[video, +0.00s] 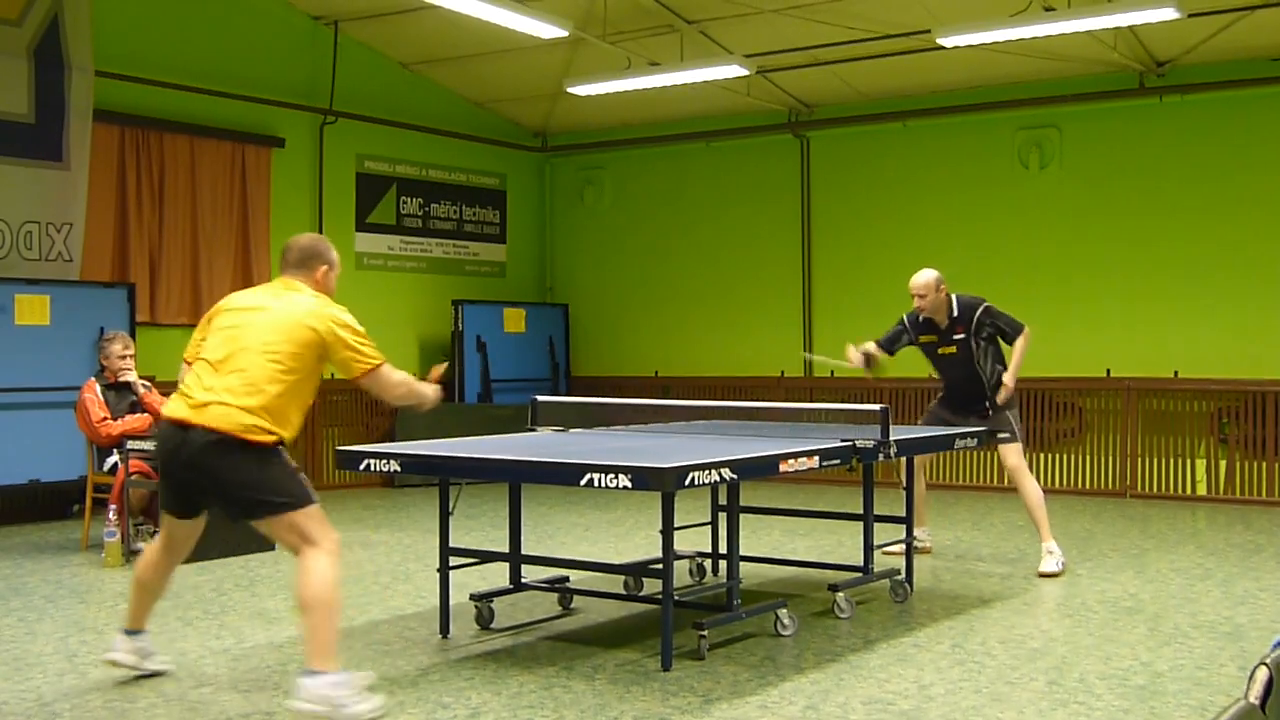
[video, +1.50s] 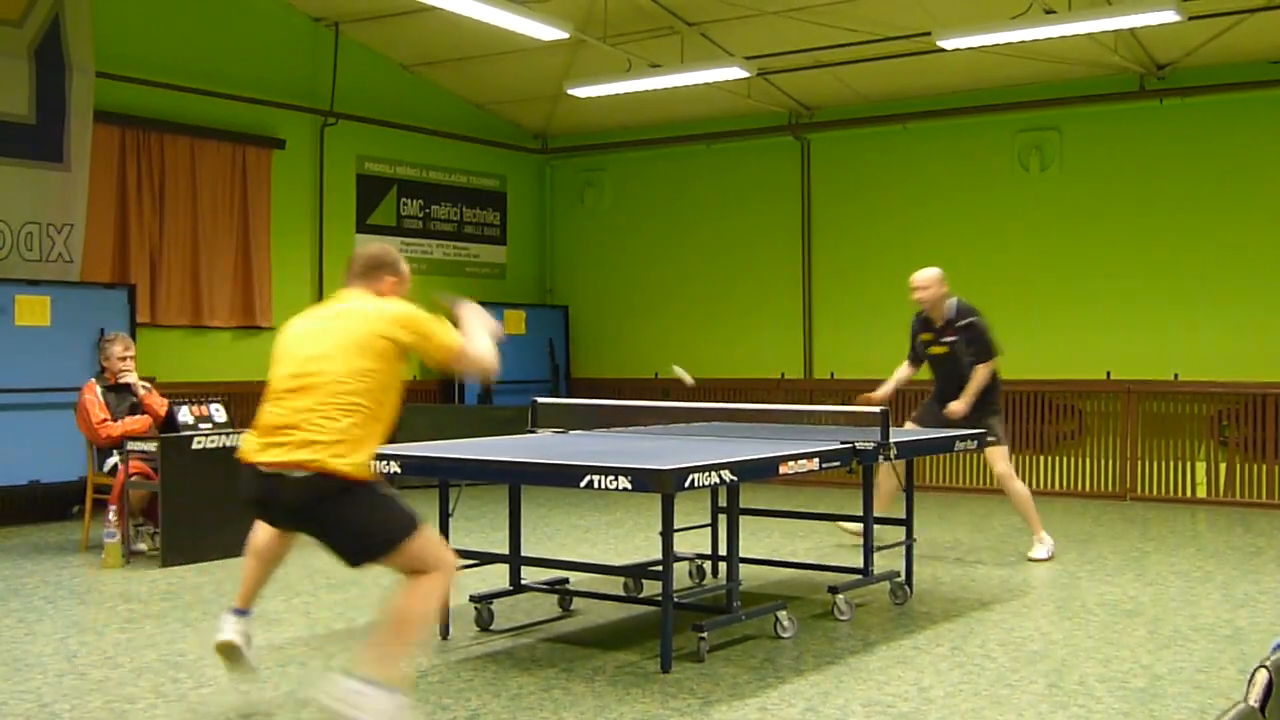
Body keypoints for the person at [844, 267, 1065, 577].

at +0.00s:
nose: (917, 303)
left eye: (922, 296)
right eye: (913, 297)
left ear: (942, 292)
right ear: (912, 295)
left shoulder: (974, 309)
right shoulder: (914, 322)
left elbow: (1020, 333)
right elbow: (882, 348)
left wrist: (1010, 378)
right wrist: (863, 351)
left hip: (993, 401)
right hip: (951, 402)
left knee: (1014, 464)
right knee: (912, 458)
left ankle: (1049, 547)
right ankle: (919, 535)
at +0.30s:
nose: (937, 288)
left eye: (943, 282)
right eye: (935, 282)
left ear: (963, 284)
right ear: (934, 285)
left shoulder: (989, 308)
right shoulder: (935, 316)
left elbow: (1024, 344)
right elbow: (912, 341)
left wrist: (998, 378)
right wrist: (892, 348)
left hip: (1007, 402)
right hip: (964, 401)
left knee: (1030, 468)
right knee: (924, 450)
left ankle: (1067, 542)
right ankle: (914, 532)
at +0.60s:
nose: (943, 296)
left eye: (949, 289)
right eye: (941, 291)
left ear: (969, 289)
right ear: (941, 294)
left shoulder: (999, 312)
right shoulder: (948, 324)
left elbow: (1035, 350)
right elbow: (938, 366)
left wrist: (1012, 390)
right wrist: (920, 395)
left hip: (1024, 400)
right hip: (982, 400)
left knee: (1041, 466)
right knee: (952, 460)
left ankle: (1070, 543)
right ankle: (954, 532)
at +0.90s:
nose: (960, 291)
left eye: (963, 285)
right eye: (959, 286)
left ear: (980, 282)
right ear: (975, 284)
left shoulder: (1007, 303)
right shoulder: (983, 306)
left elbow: (986, 348)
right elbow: (961, 341)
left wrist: (963, 313)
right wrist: (932, 336)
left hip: (1023, 402)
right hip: (994, 400)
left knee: (1026, 470)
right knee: (965, 455)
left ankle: (1084, 533)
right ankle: (974, 529)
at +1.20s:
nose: (973, 291)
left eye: (980, 285)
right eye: (969, 285)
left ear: (997, 287)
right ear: (966, 287)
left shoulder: (1017, 314)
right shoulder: (965, 316)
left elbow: (1044, 353)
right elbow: (939, 343)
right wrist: (921, 337)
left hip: (1017, 407)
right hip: (978, 405)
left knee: (1024, 469)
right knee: (930, 461)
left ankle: (1054, 545)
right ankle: (934, 531)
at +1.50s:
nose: (918, 295)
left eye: (924, 288)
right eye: (914, 290)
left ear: (943, 287)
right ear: (913, 293)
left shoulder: (967, 317)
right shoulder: (921, 322)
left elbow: (986, 363)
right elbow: (912, 363)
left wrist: (965, 401)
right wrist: (884, 391)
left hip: (981, 401)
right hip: (942, 399)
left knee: (1002, 471)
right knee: (894, 450)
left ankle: (1041, 536)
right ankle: (870, 522)